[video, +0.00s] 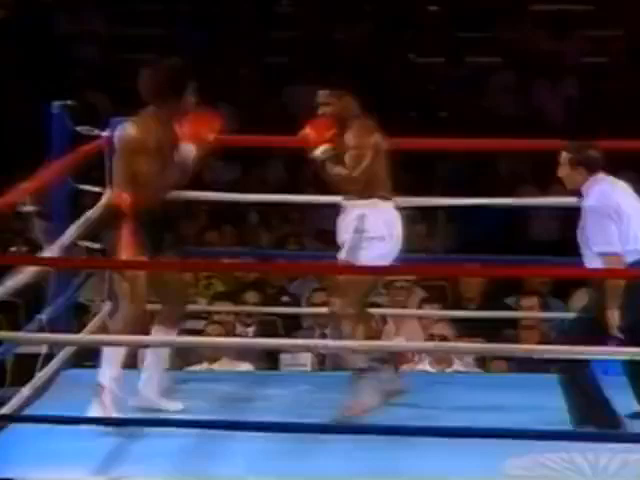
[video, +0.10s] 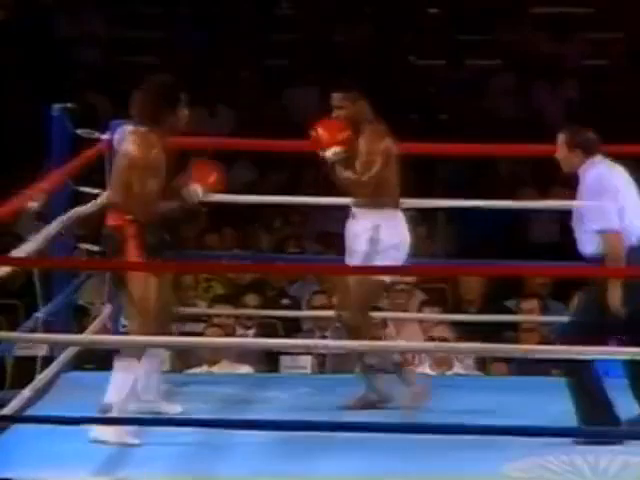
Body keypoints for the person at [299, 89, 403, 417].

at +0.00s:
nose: (323, 110)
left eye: (329, 102)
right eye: (321, 103)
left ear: (348, 102)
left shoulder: (361, 132)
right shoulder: (348, 134)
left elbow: (353, 181)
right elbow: (348, 174)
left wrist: (324, 157)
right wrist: (325, 150)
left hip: (372, 219)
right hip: (358, 218)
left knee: (345, 303)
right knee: (351, 306)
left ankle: (364, 382)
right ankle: (385, 373)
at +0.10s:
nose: (336, 114)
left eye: (341, 107)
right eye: (334, 108)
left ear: (361, 105)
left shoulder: (376, 137)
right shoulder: (359, 137)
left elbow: (362, 186)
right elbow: (356, 179)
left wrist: (335, 162)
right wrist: (336, 153)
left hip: (383, 226)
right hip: (361, 224)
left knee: (356, 311)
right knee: (351, 312)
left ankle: (410, 379)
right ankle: (375, 387)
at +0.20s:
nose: (342, 125)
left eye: (348, 118)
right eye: (341, 119)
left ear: (367, 117)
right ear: (349, 120)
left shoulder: (385, 155)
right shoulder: (366, 152)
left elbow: (369, 199)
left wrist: (341, 177)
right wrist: (345, 168)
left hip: (387, 242)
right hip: (366, 239)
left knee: (371, 331)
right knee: (347, 317)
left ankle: (427, 395)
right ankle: (375, 394)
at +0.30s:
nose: (352, 121)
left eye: (357, 114)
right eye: (350, 115)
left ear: (376, 115)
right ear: (352, 118)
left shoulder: (396, 147)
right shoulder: (367, 148)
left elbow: (402, 195)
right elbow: (371, 184)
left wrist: (366, 181)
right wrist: (351, 169)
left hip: (403, 230)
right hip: (377, 229)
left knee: (387, 324)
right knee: (369, 321)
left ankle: (435, 389)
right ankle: (378, 393)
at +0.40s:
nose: (362, 117)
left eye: (368, 111)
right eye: (360, 111)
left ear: (387, 111)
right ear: (362, 115)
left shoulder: (409, 143)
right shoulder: (375, 144)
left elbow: (417, 188)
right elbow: (383, 176)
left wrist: (380, 179)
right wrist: (361, 167)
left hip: (413, 226)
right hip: (387, 226)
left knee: (401, 320)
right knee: (382, 317)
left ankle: (451, 390)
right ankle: (390, 392)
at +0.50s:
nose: (385, 133)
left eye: (391, 127)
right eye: (383, 127)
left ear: (410, 127)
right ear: (383, 129)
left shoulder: (430, 160)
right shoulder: (397, 159)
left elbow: (432, 207)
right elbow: (400, 195)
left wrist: (395, 194)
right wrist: (378, 175)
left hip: (430, 247)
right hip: (404, 247)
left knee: (431, 330)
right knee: (395, 327)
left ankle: (477, 403)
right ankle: (421, 399)